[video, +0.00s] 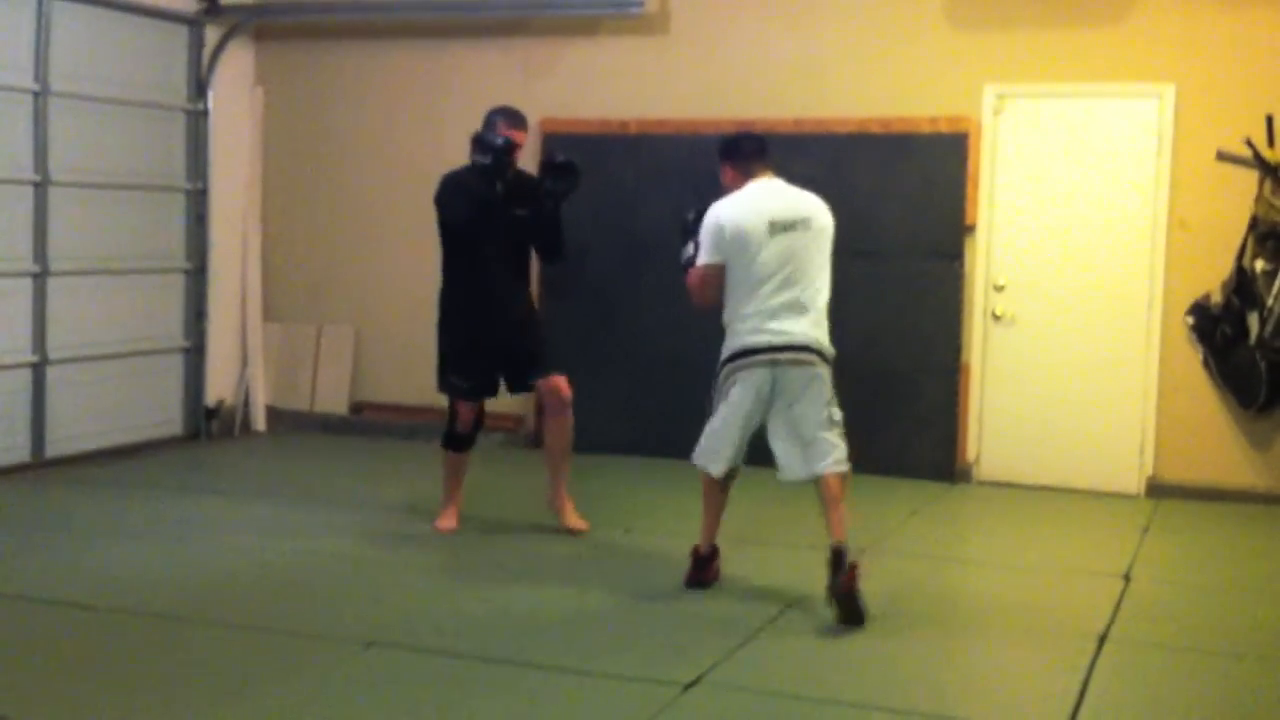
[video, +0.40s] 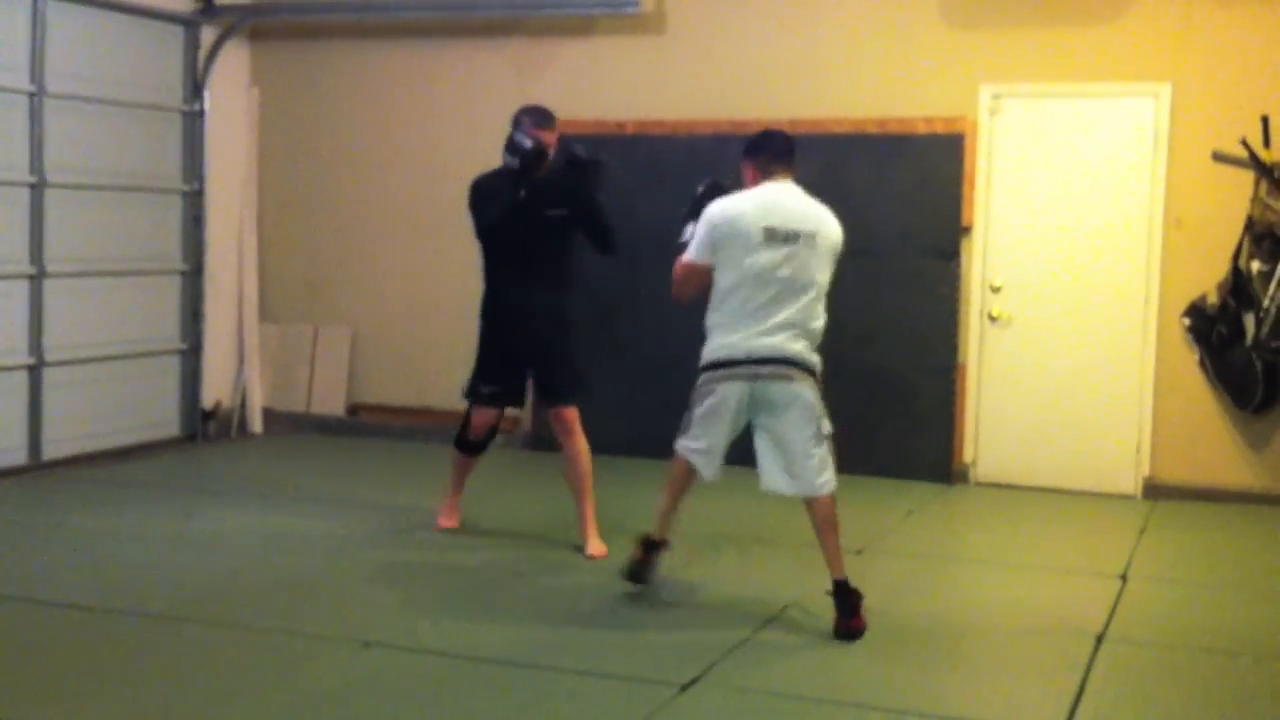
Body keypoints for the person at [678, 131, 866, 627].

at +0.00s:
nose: (721, 182)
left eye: (721, 175)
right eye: (723, 175)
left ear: (730, 171)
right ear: (769, 163)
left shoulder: (724, 213)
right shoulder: (819, 209)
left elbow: (704, 293)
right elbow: (807, 275)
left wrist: (694, 253)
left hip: (749, 349)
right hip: (808, 349)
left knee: (720, 451)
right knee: (827, 452)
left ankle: (705, 552)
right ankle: (841, 555)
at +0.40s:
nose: (744, 176)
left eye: (743, 169)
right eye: (748, 169)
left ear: (749, 168)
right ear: (793, 168)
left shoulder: (724, 212)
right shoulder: (829, 223)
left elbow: (684, 286)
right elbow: (806, 283)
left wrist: (699, 226)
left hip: (726, 362)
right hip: (794, 363)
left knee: (692, 451)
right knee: (816, 478)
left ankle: (655, 538)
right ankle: (842, 590)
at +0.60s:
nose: (723, 185)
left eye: (713, 177)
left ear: (708, 175)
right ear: (753, 176)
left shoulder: (678, 213)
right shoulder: (782, 230)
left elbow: (617, 223)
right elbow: (792, 313)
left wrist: (610, 191)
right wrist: (753, 334)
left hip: (677, 374)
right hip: (744, 381)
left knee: (647, 464)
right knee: (794, 480)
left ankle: (598, 554)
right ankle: (836, 589)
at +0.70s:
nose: (739, 195)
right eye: (741, 189)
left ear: (691, 184)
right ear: (739, 191)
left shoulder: (648, 221)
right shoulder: (742, 246)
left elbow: (596, 245)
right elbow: (746, 330)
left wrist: (606, 216)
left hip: (640, 372)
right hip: (704, 374)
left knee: (631, 469)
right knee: (798, 457)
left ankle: (594, 559)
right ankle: (801, 549)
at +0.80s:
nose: (740, 182)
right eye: (740, 175)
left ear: (690, 168)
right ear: (738, 176)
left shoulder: (638, 211)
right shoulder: (740, 232)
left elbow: (597, 281)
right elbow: (736, 320)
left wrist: (647, 265)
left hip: (624, 367)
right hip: (686, 369)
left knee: (635, 462)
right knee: (777, 457)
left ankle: (594, 558)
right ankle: (754, 558)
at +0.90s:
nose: (722, 169)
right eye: (724, 161)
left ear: (675, 157)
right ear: (724, 162)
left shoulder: (626, 205)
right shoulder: (737, 219)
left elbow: (588, 281)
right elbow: (737, 303)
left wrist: (640, 271)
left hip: (617, 357)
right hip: (679, 362)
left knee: (623, 458)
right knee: (749, 466)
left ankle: (591, 555)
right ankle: (714, 566)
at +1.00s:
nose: (706, 175)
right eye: (709, 168)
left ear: (658, 163)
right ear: (706, 169)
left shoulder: (618, 207)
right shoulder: (728, 226)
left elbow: (581, 274)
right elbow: (734, 305)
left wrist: (632, 273)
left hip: (622, 365)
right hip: (683, 368)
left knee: (616, 469)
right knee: (708, 487)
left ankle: (593, 560)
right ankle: (681, 604)